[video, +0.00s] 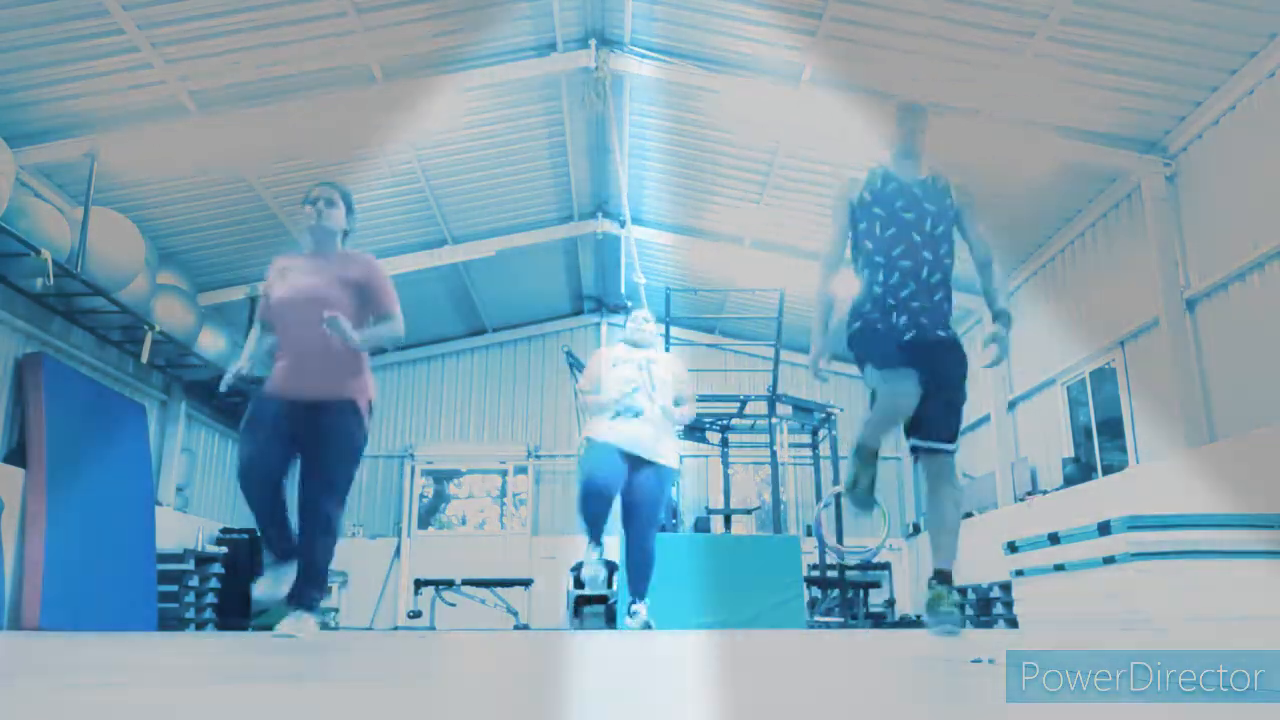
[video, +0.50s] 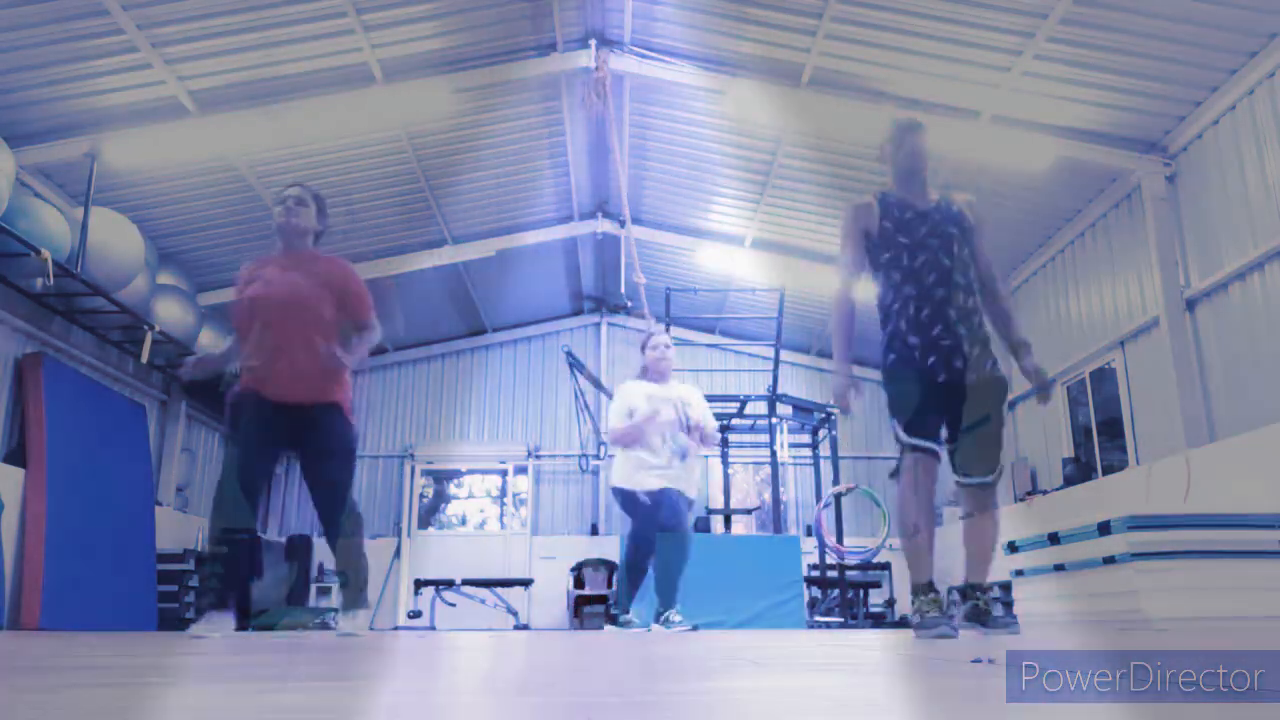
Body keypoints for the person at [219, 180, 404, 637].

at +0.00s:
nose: (318, 209)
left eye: (329, 204)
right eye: (311, 203)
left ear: (347, 219)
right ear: (300, 215)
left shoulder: (363, 266)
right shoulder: (280, 267)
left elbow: (396, 327)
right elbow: (265, 330)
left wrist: (358, 337)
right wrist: (244, 365)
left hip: (339, 401)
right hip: (280, 396)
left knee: (320, 504)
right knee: (255, 472)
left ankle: (305, 608)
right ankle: (284, 558)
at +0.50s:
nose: (289, 210)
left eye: (300, 205)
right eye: (283, 205)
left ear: (319, 221)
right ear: (274, 217)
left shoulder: (338, 272)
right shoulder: (253, 272)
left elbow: (370, 329)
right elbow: (242, 341)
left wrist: (354, 354)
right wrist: (211, 362)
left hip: (322, 404)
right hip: (260, 400)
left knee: (336, 506)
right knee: (235, 496)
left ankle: (355, 606)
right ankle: (220, 608)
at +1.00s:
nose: (294, 214)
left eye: (304, 208)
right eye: (287, 208)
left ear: (323, 223)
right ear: (276, 221)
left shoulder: (343, 278)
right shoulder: (255, 279)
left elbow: (373, 340)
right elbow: (205, 336)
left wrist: (359, 340)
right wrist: (206, 307)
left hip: (330, 391)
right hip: (269, 399)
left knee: (317, 419)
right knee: (255, 516)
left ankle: (318, 531)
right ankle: (253, 612)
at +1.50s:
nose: (355, 194)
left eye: (365, 187)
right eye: (347, 189)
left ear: (382, 201)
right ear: (336, 203)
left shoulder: (409, 252)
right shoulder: (320, 257)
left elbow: (447, 313)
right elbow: (298, 326)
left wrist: (419, 307)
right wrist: (317, 311)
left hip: (389, 382)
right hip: (328, 380)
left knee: (380, 485)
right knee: (304, 470)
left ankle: (374, 603)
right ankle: (293, 578)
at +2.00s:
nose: (397, 205)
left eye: (407, 199)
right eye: (389, 199)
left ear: (424, 212)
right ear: (378, 211)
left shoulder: (446, 268)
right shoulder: (358, 269)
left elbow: (472, 333)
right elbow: (339, 340)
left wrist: (451, 361)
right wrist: (328, 333)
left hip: (428, 404)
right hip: (366, 399)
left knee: (423, 509)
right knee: (362, 506)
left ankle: (422, 607)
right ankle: (369, 611)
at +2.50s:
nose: (433, 205)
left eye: (442, 198)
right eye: (424, 199)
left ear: (457, 212)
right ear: (411, 213)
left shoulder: (481, 266)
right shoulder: (395, 274)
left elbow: (502, 329)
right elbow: (371, 341)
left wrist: (499, 329)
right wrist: (410, 331)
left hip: (478, 389)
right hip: (422, 399)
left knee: (488, 417)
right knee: (420, 508)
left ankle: (492, 532)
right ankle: (419, 607)